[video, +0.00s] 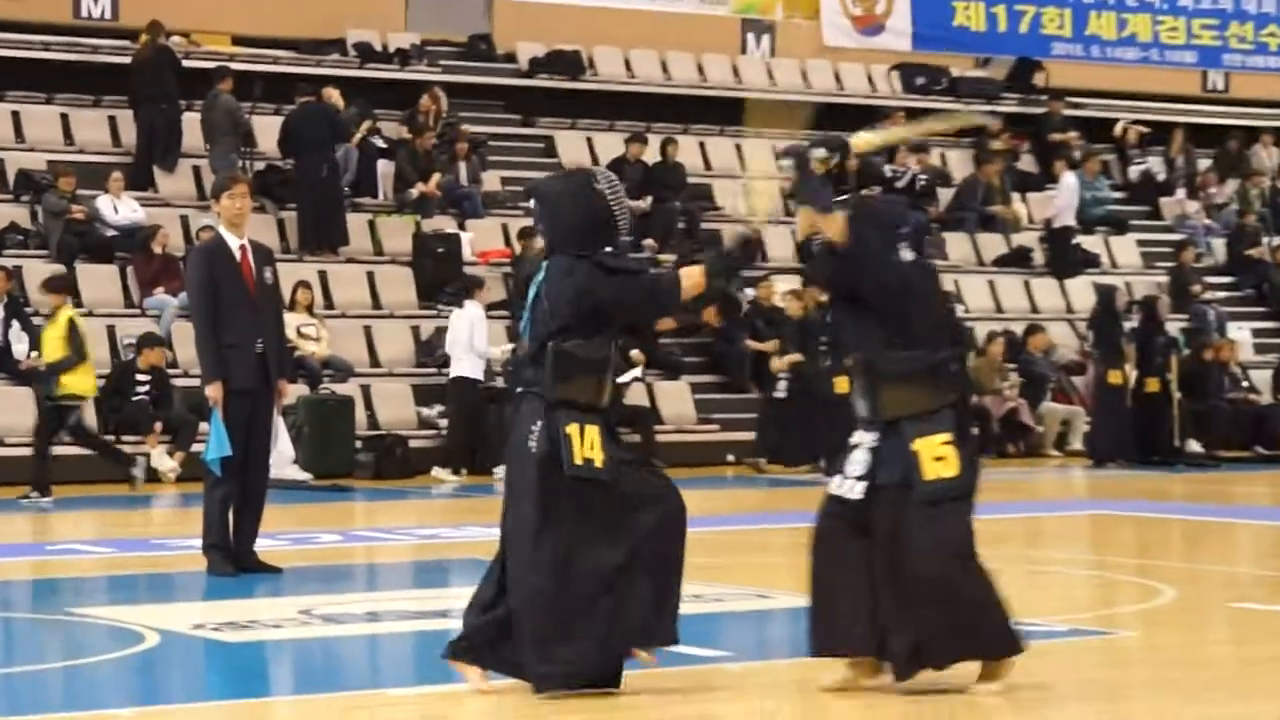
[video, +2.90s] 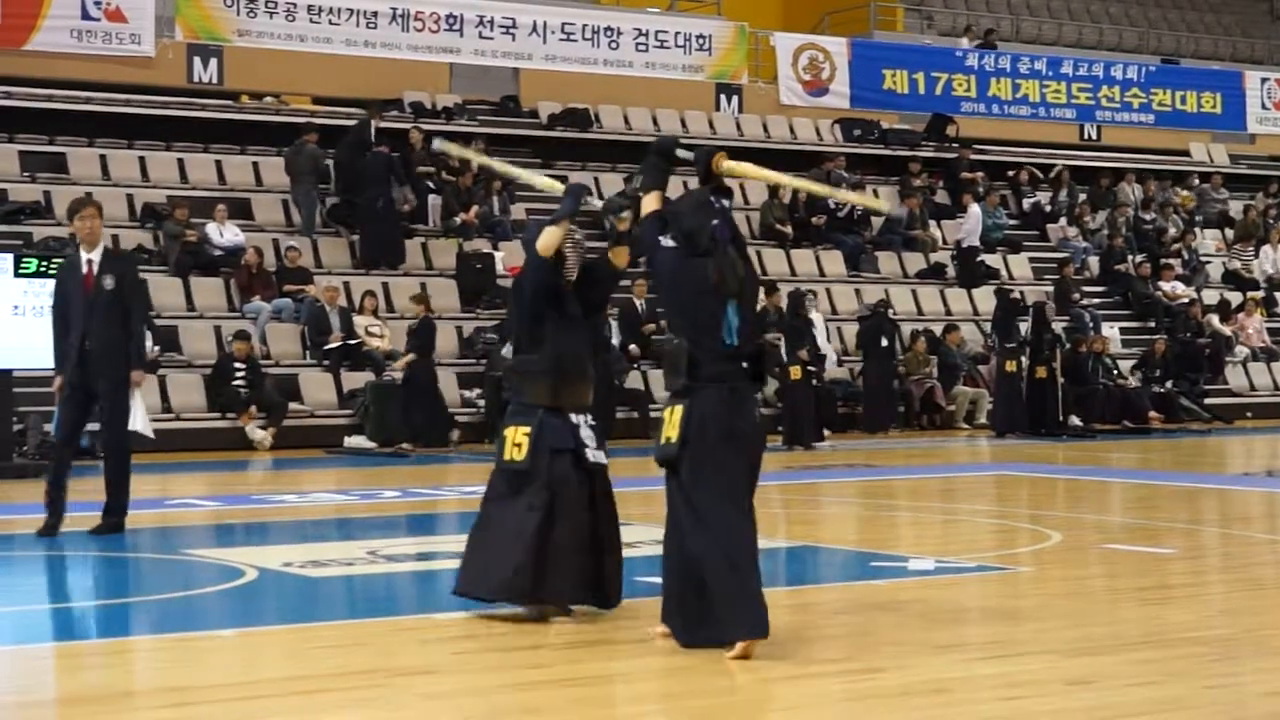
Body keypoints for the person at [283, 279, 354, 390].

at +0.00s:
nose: (307, 296)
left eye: (309, 293)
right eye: (303, 293)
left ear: (312, 296)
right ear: (295, 295)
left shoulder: (316, 318)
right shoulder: (286, 317)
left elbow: (324, 336)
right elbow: (291, 338)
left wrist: (321, 352)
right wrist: (310, 350)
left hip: (319, 351)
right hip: (301, 352)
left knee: (347, 369)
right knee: (315, 370)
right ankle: (316, 400)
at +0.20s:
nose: (314, 293)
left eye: (317, 290)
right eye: (311, 290)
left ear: (320, 293)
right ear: (303, 291)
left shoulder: (324, 313)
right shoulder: (295, 312)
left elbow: (331, 330)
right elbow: (299, 332)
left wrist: (329, 345)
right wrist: (317, 344)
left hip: (327, 346)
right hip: (310, 346)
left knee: (352, 361)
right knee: (322, 361)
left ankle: (338, 385)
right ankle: (325, 390)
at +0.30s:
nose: (325, 295)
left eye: (328, 293)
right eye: (322, 292)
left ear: (331, 296)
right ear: (314, 294)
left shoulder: (335, 315)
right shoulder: (307, 314)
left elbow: (342, 331)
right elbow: (311, 333)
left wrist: (338, 345)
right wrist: (328, 344)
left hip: (337, 346)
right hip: (320, 346)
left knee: (362, 360)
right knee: (333, 361)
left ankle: (347, 384)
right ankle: (337, 389)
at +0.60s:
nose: (343, 298)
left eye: (345, 295)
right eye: (340, 295)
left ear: (348, 298)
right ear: (333, 297)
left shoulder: (351, 316)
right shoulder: (326, 316)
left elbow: (359, 332)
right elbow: (328, 334)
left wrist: (355, 344)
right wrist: (343, 344)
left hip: (354, 346)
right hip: (338, 347)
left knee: (377, 359)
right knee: (350, 361)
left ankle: (366, 384)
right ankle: (354, 389)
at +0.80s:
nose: (357, 300)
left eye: (359, 298)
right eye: (354, 297)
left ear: (362, 301)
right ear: (348, 300)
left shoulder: (366, 319)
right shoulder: (341, 317)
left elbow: (373, 333)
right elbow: (343, 335)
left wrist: (370, 345)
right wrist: (358, 345)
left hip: (369, 346)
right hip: (353, 347)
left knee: (390, 359)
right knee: (365, 361)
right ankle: (366, 387)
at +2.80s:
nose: (371, 302)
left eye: (374, 300)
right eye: (368, 299)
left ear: (376, 303)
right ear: (362, 301)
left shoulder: (379, 320)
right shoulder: (355, 319)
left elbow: (385, 334)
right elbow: (361, 337)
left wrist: (384, 346)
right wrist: (376, 346)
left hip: (382, 347)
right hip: (368, 347)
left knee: (403, 358)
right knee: (378, 360)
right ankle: (379, 384)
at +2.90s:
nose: (372, 303)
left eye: (374, 300)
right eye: (369, 300)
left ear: (377, 303)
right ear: (363, 301)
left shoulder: (379, 319)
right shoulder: (356, 319)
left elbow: (387, 333)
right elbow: (361, 337)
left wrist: (384, 345)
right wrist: (376, 345)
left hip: (383, 346)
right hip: (368, 347)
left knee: (398, 355)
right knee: (378, 359)